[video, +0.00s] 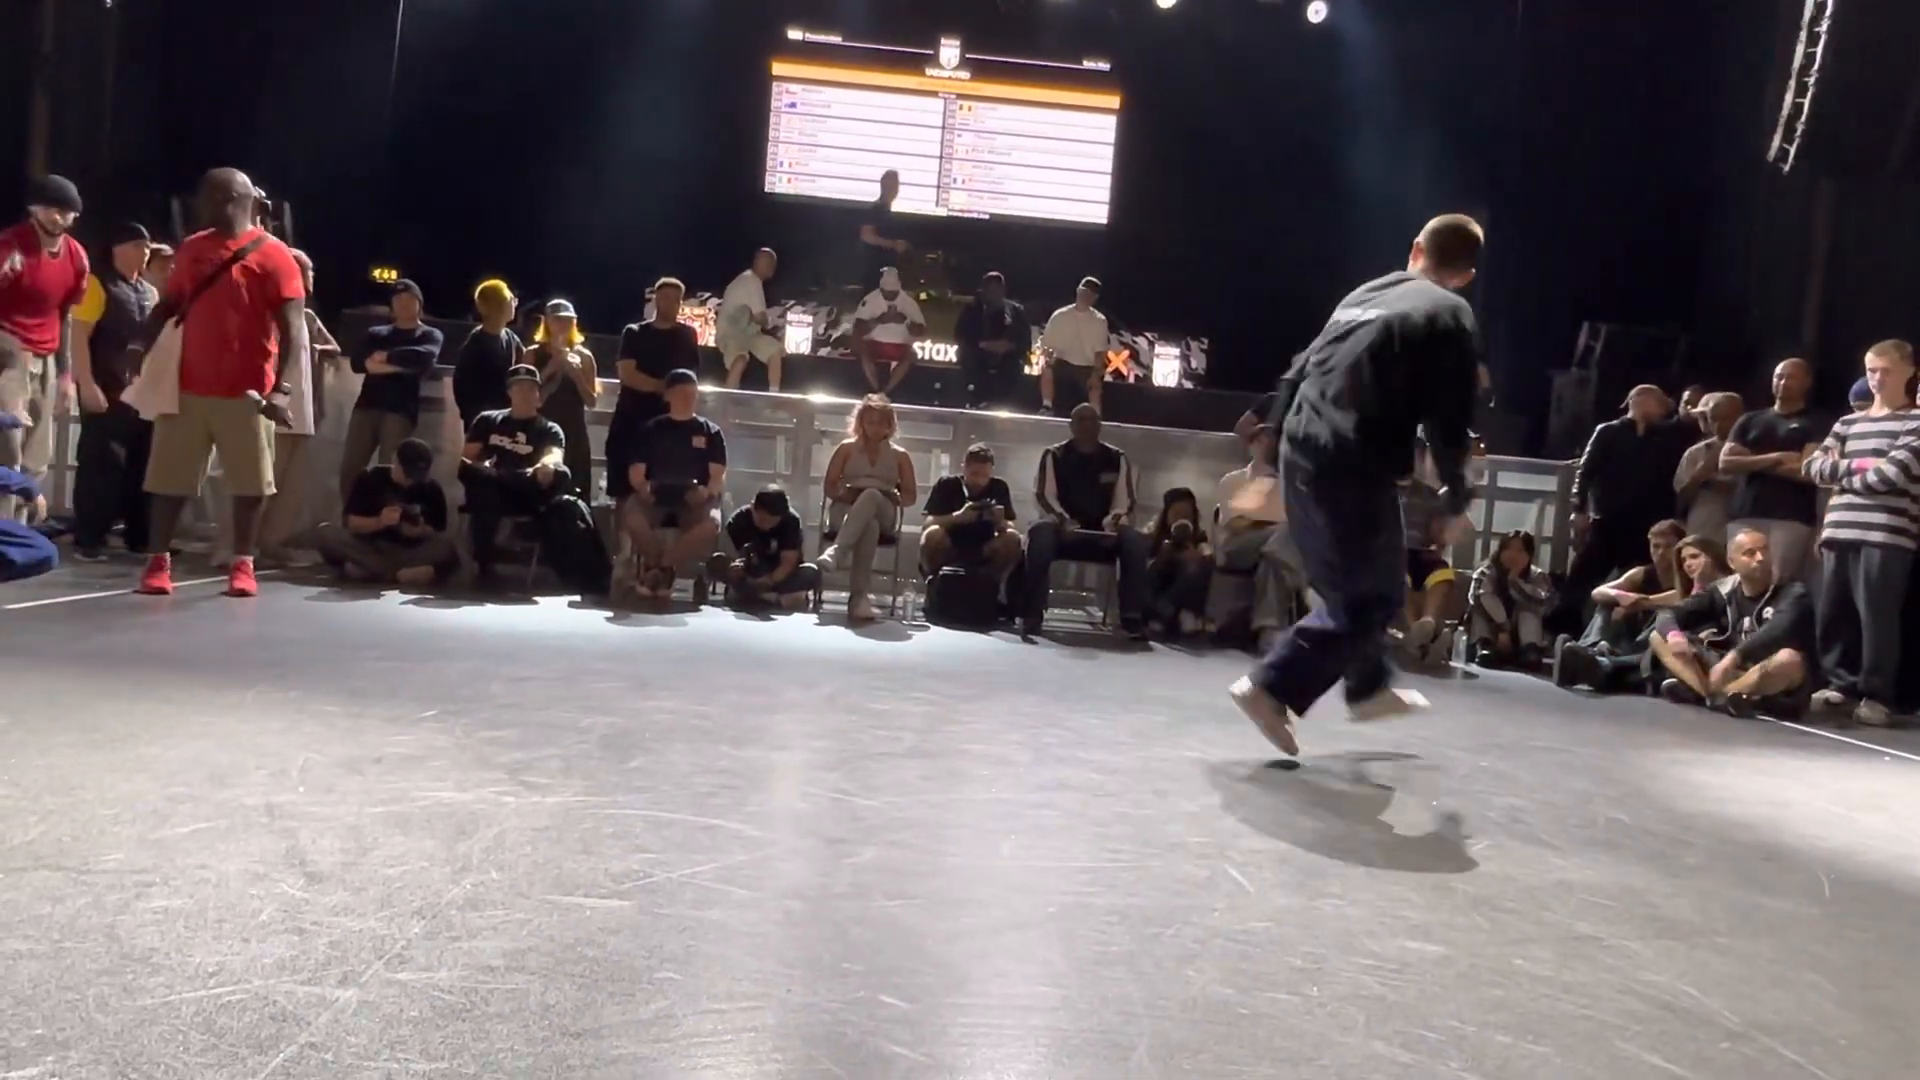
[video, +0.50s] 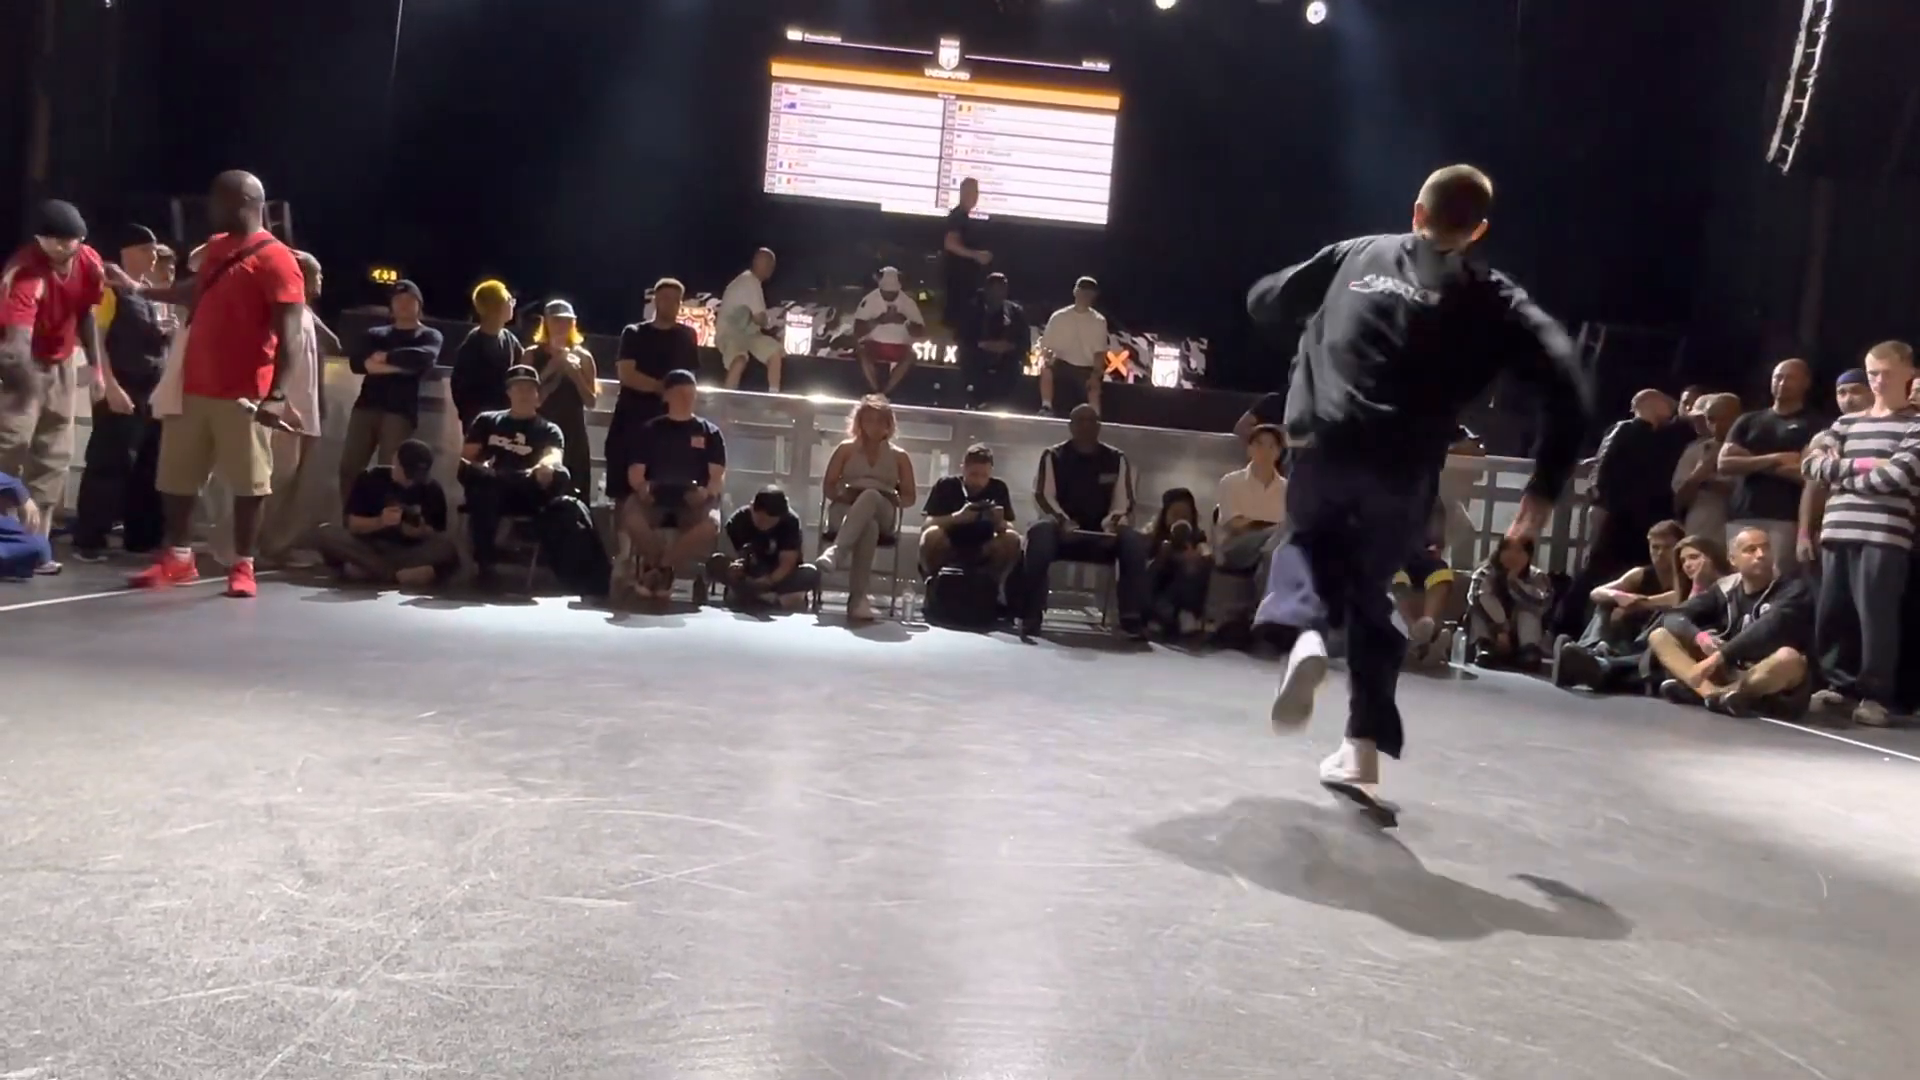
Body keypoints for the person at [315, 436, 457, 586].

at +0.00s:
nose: (408, 482)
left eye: (415, 479)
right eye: (405, 476)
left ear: (425, 472)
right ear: (395, 462)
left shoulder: (430, 489)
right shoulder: (369, 479)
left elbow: (438, 530)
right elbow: (351, 524)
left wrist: (419, 531)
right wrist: (380, 522)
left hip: (411, 549)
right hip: (370, 546)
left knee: (445, 548)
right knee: (326, 534)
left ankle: (373, 573)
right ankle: (394, 574)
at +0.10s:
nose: (408, 482)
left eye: (414, 479)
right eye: (405, 476)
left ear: (424, 472)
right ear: (395, 462)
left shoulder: (430, 489)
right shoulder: (369, 479)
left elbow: (438, 530)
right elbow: (351, 524)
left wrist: (419, 530)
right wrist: (380, 522)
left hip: (411, 550)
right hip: (369, 547)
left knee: (445, 548)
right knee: (325, 534)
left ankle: (372, 573)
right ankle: (393, 574)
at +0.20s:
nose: (407, 483)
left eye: (413, 480)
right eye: (404, 476)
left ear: (423, 472)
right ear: (394, 462)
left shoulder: (429, 489)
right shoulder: (368, 479)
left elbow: (437, 530)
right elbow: (351, 524)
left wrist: (418, 531)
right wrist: (380, 523)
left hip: (410, 550)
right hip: (369, 547)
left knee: (444, 548)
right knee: (325, 534)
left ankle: (372, 574)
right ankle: (393, 575)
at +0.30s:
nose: (407, 483)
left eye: (413, 480)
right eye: (404, 476)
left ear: (422, 473)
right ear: (394, 462)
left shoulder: (429, 489)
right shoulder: (368, 479)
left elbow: (437, 530)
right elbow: (352, 524)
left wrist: (416, 531)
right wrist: (380, 523)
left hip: (410, 549)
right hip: (368, 546)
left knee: (444, 548)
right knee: (325, 533)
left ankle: (371, 573)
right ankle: (392, 575)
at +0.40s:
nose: (406, 483)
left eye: (413, 480)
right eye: (403, 476)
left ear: (423, 473)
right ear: (394, 461)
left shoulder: (430, 489)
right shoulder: (368, 479)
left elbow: (438, 531)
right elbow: (351, 524)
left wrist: (417, 531)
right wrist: (381, 523)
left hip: (410, 549)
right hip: (368, 545)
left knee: (445, 548)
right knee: (325, 533)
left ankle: (371, 573)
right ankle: (393, 574)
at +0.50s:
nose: (408, 483)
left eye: (415, 480)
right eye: (405, 477)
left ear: (424, 473)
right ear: (396, 462)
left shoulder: (431, 489)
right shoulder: (370, 479)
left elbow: (438, 532)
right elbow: (353, 524)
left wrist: (419, 530)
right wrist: (381, 522)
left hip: (411, 549)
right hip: (369, 545)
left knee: (446, 550)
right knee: (324, 534)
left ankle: (372, 573)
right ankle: (393, 575)